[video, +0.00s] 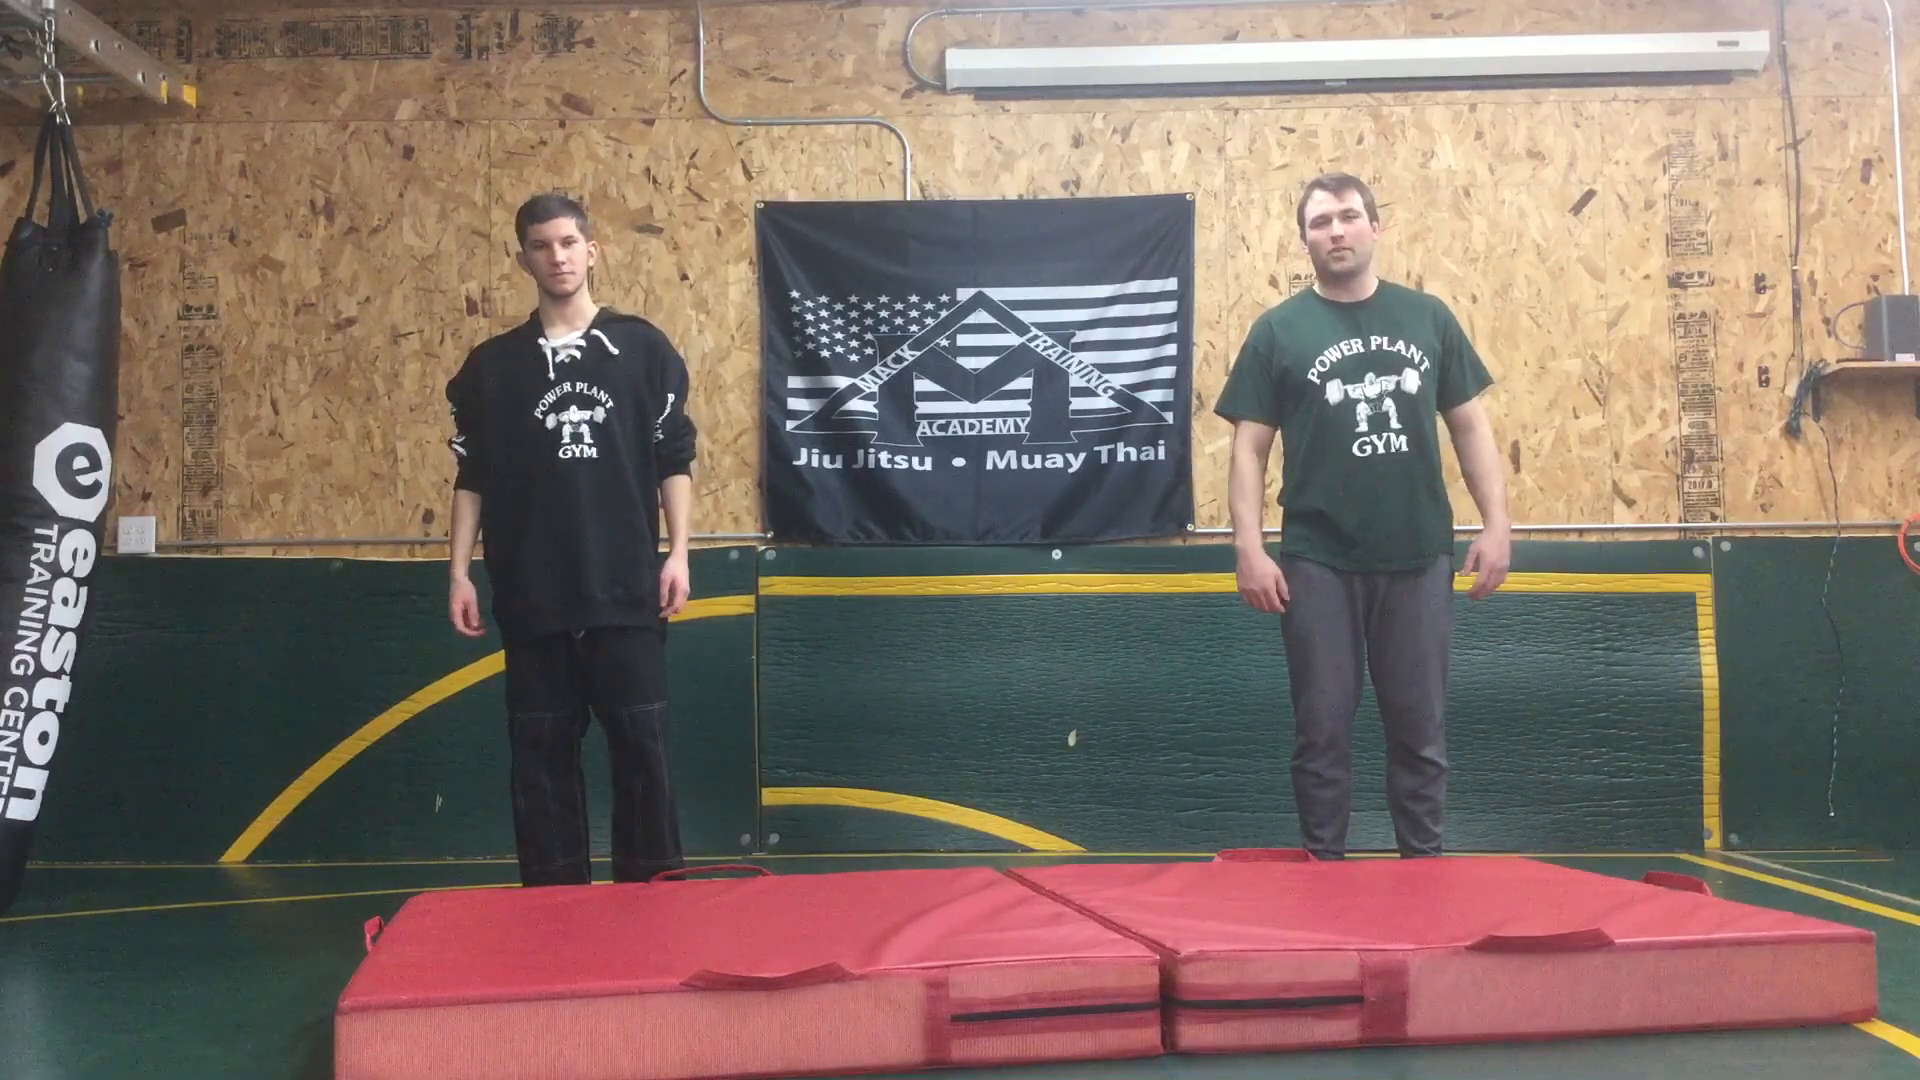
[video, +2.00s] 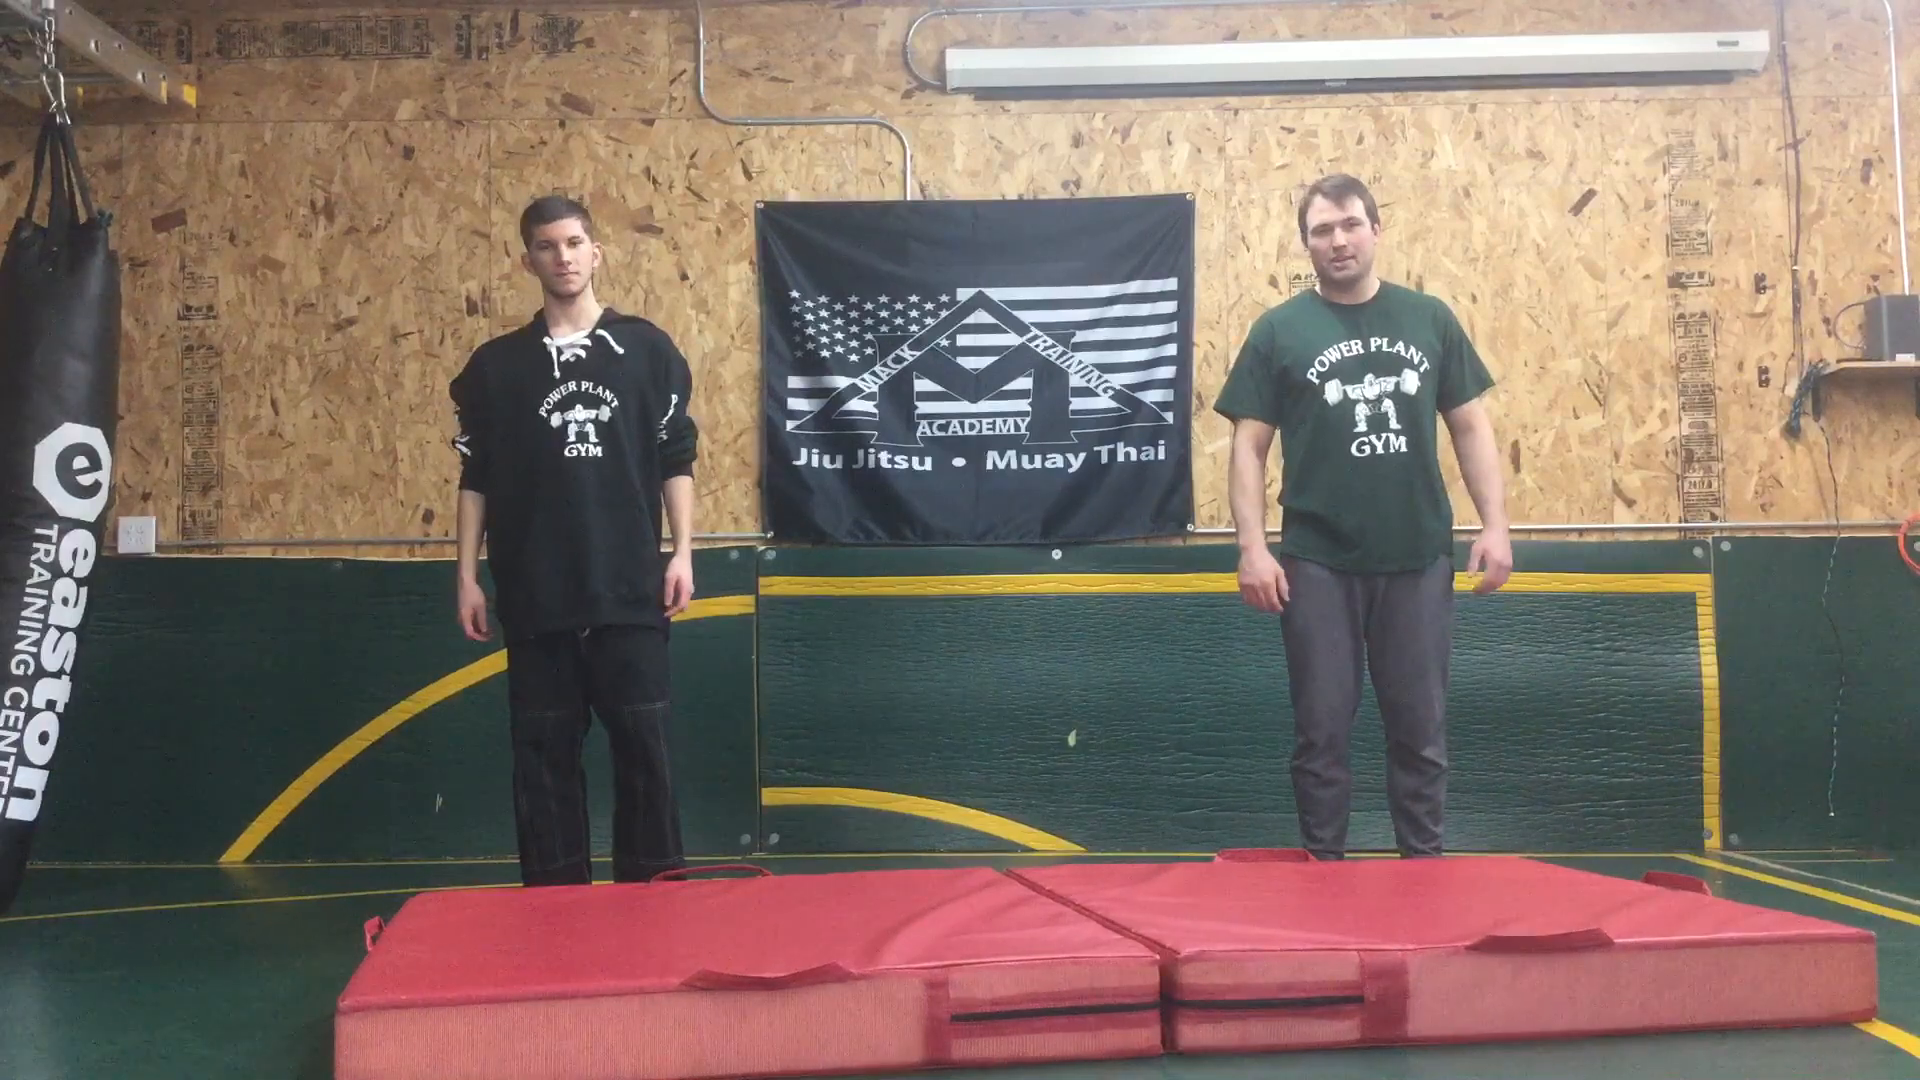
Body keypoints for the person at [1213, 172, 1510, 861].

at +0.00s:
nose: (1336, 230)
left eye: (1348, 217)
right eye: (1320, 222)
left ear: (1376, 229)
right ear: (1304, 241)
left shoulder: (1428, 318)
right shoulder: (1278, 331)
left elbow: (1468, 426)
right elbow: (1249, 446)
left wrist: (1497, 525)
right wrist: (1249, 547)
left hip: (1417, 555)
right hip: (1317, 557)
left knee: (1419, 726)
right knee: (1322, 725)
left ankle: (1423, 870)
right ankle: (1324, 871)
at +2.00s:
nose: (1337, 241)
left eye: (1349, 225)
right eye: (1322, 231)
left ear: (1375, 231)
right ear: (1305, 243)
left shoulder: (1429, 319)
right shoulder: (1278, 332)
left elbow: (1468, 425)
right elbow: (1249, 446)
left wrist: (1495, 524)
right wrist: (1252, 546)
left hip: (1416, 555)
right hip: (1316, 557)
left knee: (1420, 728)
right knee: (1322, 727)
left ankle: (1422, 871)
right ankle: (1323, 873)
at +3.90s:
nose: (1345, 243)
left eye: (1359, 229)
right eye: (1331, 231)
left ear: (1384, 235)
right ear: (1312, 240)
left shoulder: (1432, 321)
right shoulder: (1281, 331)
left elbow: (1472, 428)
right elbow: (1249, 447)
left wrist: (1500, 528)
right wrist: (1246, 547)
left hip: (1418, 555)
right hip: (1319, 557)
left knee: (1421, 727)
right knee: (1322, 724)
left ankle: (1424, 869)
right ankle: (1323, 870)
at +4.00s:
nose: (1345, 242)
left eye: (1358, 228)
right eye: (1331, 231)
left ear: (1383, 234)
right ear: (1312, 241)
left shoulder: (1432, 321)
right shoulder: (1281, 331)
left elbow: (1472, 428)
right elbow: (1250, 446)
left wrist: (1501, 526)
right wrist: (1250, 545)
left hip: (1419, 555)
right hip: (1319, 557)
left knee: (1421, 726)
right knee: (1323, 725)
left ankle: (1423, 869)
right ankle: (1323, 871)